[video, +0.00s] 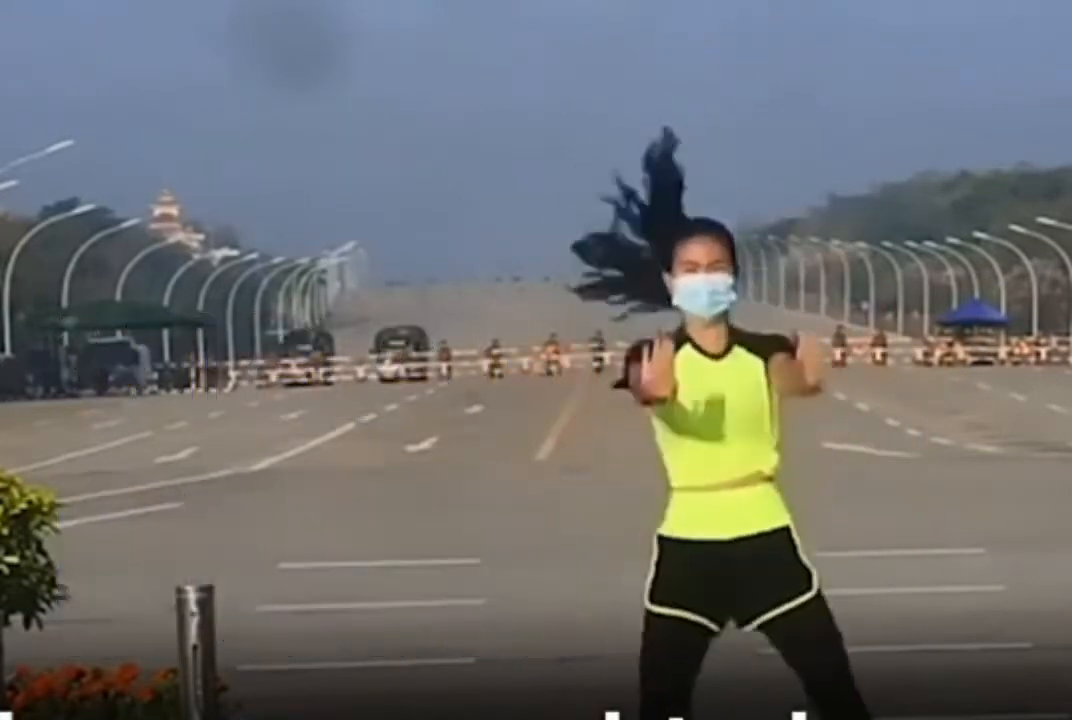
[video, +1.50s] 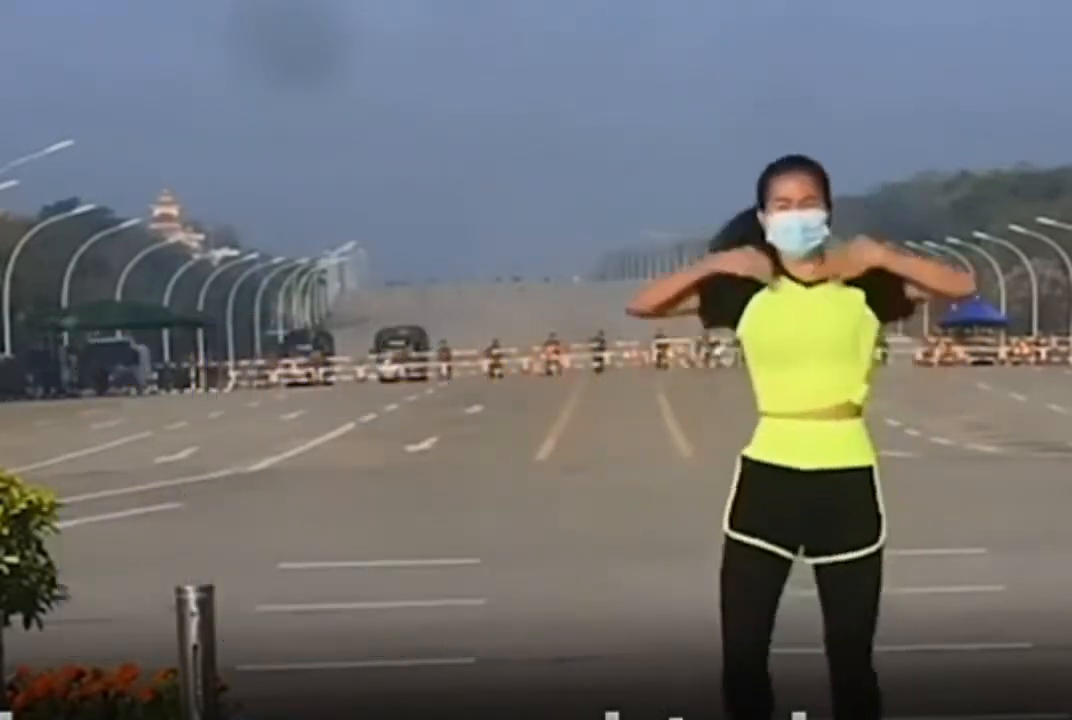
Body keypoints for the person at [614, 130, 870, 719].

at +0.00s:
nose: (706, 279)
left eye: (717, 267)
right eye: (691, 269)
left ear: (735, 278)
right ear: (670, 282)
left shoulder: (768, 352)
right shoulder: (655, 356)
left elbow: (800, 382)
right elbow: (651, 385)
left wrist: (810, 372)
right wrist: (656, 381)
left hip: (766, 541)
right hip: (687, 548)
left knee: (833, 685)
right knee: (661, 697)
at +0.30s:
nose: (732, 216)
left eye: (743, 202)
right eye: (716, 204)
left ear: (762, 213)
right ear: (695, 218)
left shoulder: (796, 292)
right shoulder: (674, 296)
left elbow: (817, 384)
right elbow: (679, 371)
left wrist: (836, 406)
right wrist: (688, 419)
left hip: (786, 484)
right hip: (704, 487)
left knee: (832, 650)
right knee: (679, 659)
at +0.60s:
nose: (760, 218)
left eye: (772, 207)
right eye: (746, 208)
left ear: (790, 218)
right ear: (726, 220)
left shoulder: (827, 296)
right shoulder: (705, 296)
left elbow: (843, 350)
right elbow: (698, 364)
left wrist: (860, 392)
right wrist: (700, 418)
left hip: (813, 488)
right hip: (732, 490)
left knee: (845, 654)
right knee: (703, 656)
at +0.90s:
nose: (796, 271)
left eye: (808, 259)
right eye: (782, 260)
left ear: (825, 270)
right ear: (761, 272)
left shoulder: (861, 345)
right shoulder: (736, 347)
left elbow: (952, 358)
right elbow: (655, 378)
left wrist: (860, 349)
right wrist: (743, 348)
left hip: (844, 538)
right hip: (762, 540)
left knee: (880, 699)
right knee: (751, 702)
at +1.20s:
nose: (800, 227)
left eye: (811, 214)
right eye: (785, 216)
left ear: (829, 225)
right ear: (764, 229)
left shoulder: (861, 297)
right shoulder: (741, 307)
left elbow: (928, 361)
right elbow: (680, 376)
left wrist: (891, 429)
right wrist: (736, 432)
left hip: (853, 501)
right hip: (772, 503)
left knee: (873, 672)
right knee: (768, 674)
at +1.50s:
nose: (798, 217)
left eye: (810, 205)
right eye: (783, 206)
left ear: (828, 213)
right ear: (763, 217)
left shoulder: (867, 286)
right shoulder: (747, 291)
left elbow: (962, 283)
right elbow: (642, 305)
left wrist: (879, 254)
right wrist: (717, 263)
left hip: (847, 480)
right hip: (766, 478)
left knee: (851, 661)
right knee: (742, 660)